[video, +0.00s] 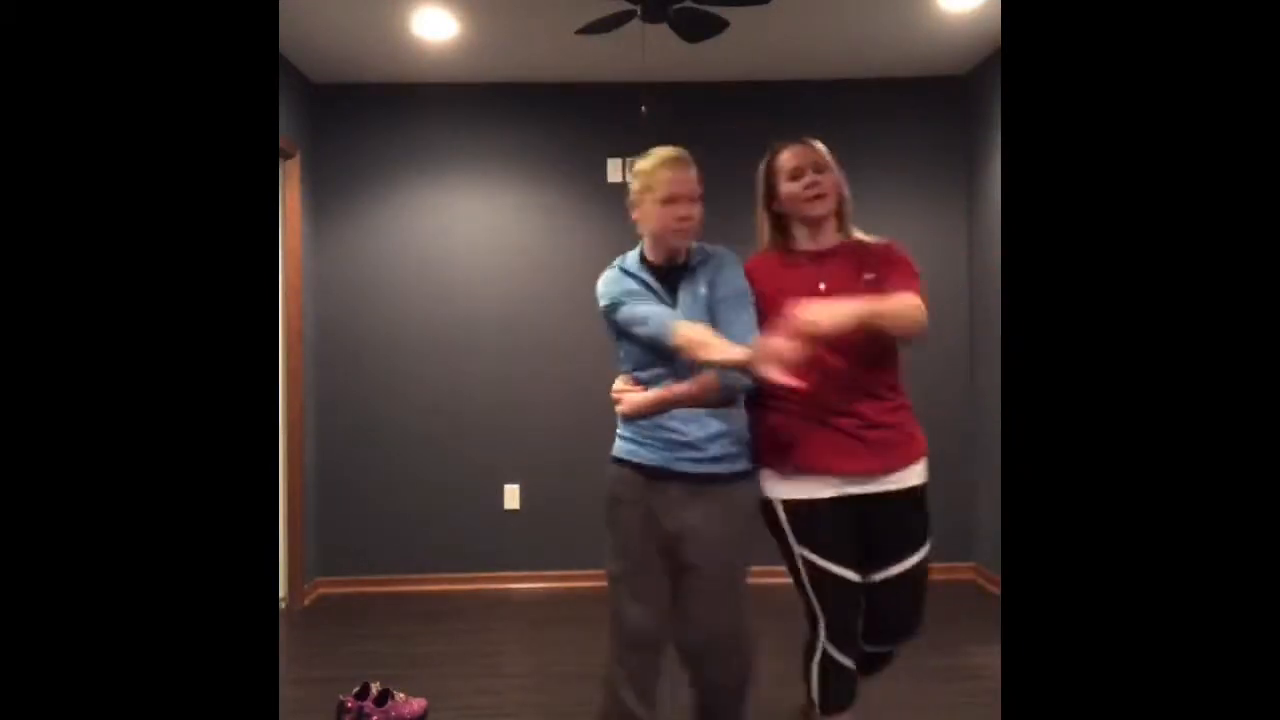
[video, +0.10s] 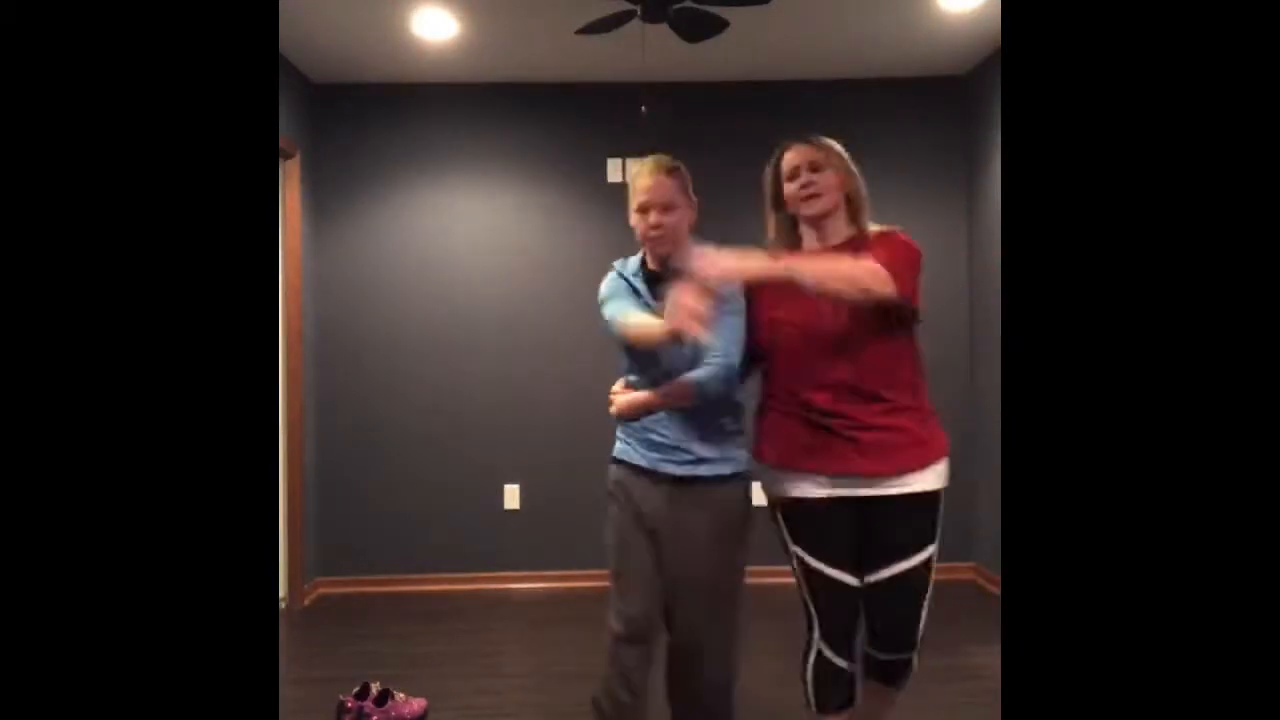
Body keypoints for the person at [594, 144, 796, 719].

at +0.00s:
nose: (686, 213)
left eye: (694, 200)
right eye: (671, 201)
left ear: (704, 205)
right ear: (636, 212)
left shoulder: (723, 270)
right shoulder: (616, 283)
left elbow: (738, 375)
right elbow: (674, 333)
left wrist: (657, 398)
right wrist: (750, 354)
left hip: (719, 480)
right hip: (639, 477)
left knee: (715, 635)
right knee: (637, 632)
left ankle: (722, 713)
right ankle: (631, 714)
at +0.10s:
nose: (653, 221)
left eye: (665, 209)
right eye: (643, 210)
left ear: (693, 210)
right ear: (631, 217)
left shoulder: (720, 278)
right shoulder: (620, 278)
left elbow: (723, 370)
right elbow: (624, 321)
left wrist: (649, 399)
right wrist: (668, 327)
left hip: (713, 480)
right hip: (638, 472)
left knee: (703, 637)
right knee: (632, 627)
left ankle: (702, 718)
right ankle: (618, 715)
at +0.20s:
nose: (644, 234)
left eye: (656, 221)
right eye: (638, 222)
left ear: (685, 222)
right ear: (629, 226)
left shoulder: (707, 282)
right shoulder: (632, 278)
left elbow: (693, 379)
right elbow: (576, 284)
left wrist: (634, 399)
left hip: (702, 480)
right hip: (633, 476)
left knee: (699, 634)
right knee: (610, 617)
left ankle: (704, 715)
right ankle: (621, 714)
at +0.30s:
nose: (621, 242)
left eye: (633, 229)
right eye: (618, 230)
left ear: (670, 226)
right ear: (618, 231)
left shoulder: (685, 289)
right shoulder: (640, 281)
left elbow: (659, 379)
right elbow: (574, 216)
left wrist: (619, 396)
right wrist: (591, 158)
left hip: (683, 486)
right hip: (629, 483)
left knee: (682, 632)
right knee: (602, 614)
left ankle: (701, 715)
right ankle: (653, 711)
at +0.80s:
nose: (624, 226)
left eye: (621, 214)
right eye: (613, 215)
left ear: (571, 223)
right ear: (580, 222)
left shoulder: (561, 279)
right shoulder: (588, 278)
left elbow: (608, 382)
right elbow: (685, 323)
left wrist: (670, 356)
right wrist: (754, 284)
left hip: (586, 469)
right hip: (617, 472)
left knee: (621, 607)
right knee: (663, 609)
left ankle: (614, 708)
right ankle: (676, 707)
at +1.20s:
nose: (631, 207)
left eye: (638, 196)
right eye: (615, 198)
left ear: (648, 207)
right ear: (589, 213)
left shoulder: (661, 276)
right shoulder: (573, 282)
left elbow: (736, 256)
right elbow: (601, 379)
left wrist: (701, 186)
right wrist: (692, 408)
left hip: (662, 479)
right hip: (592, 483)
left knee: (677, 635)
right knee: (620, 638)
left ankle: (650, 713)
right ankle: (610, 715)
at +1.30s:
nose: (635, 213)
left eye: (647, 203)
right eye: (623, 205)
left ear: (673, 217)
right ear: (607, 222)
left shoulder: (689, 274)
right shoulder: (587, 279)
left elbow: (731, 193)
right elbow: (597, 380)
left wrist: (678, 144)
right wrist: (690, 411)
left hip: (684, 494)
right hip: (600, 495)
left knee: (700, 650)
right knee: (611, 661)